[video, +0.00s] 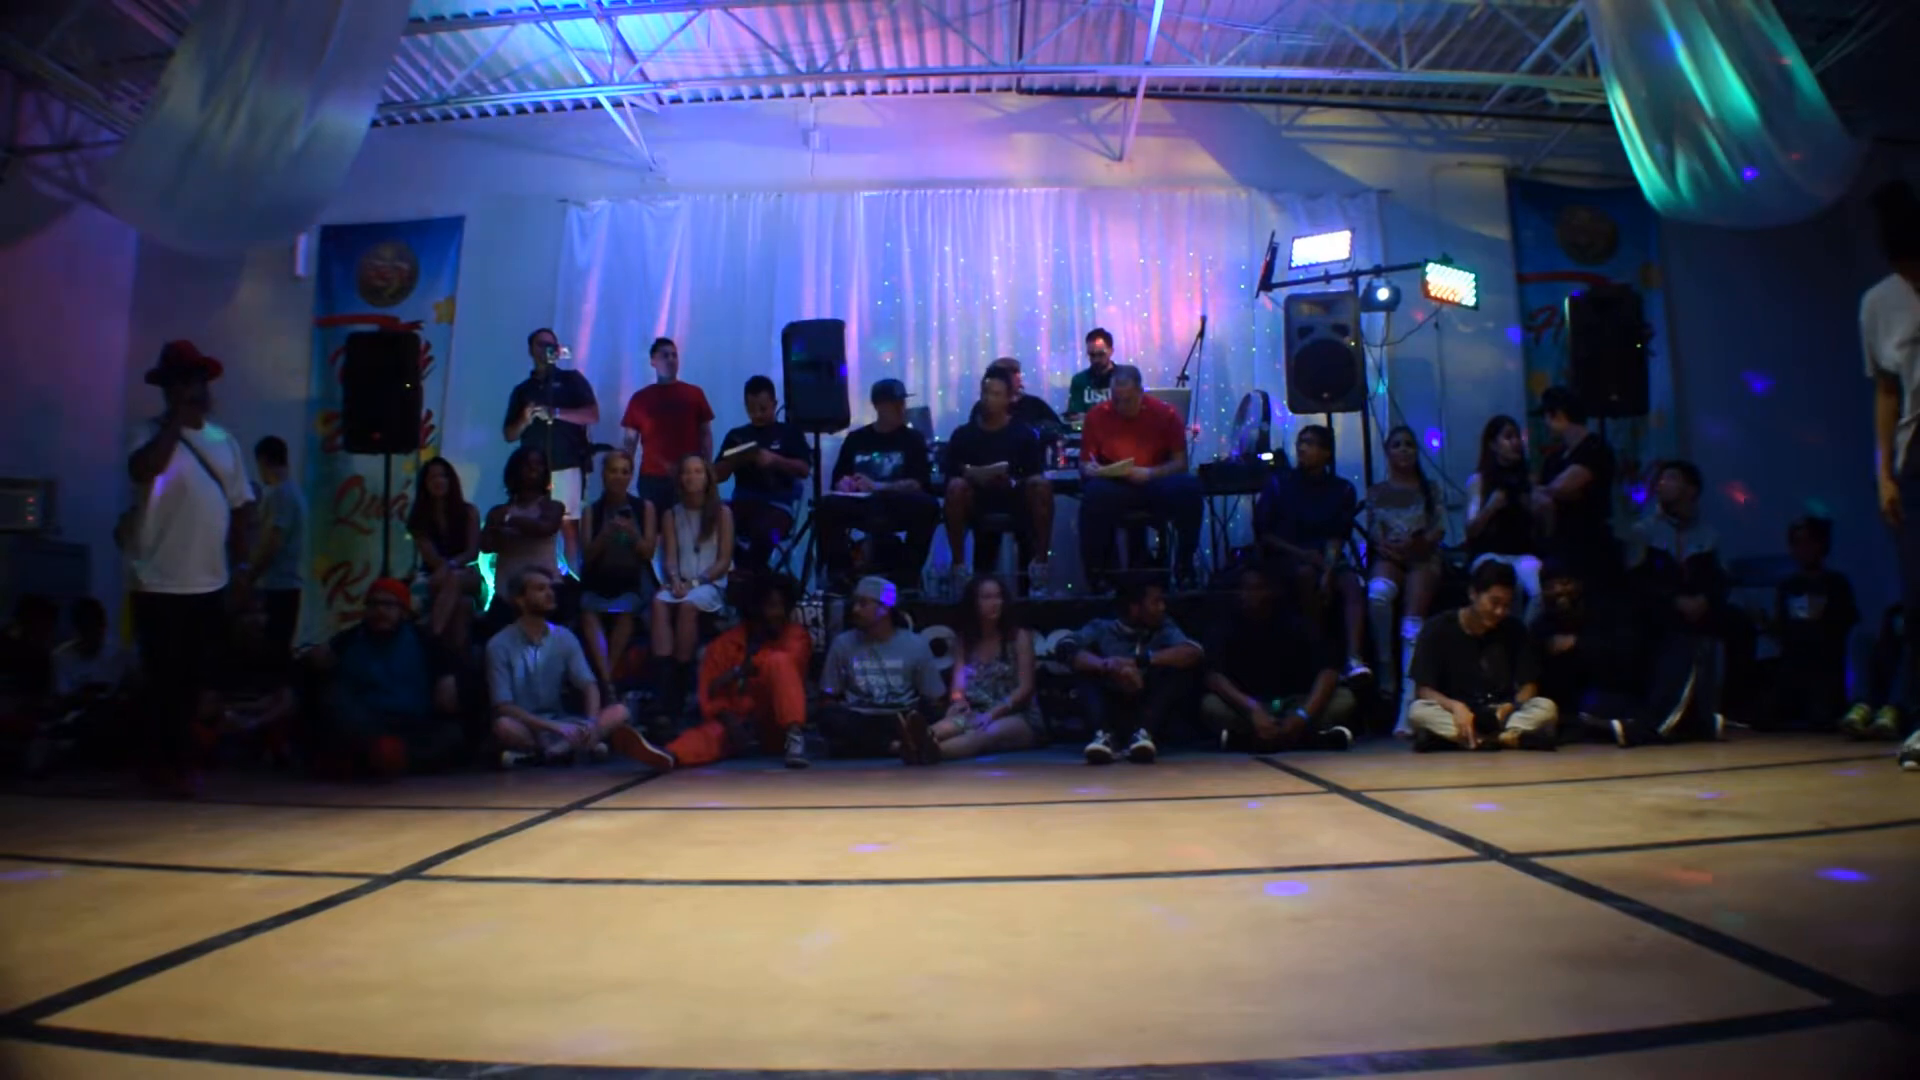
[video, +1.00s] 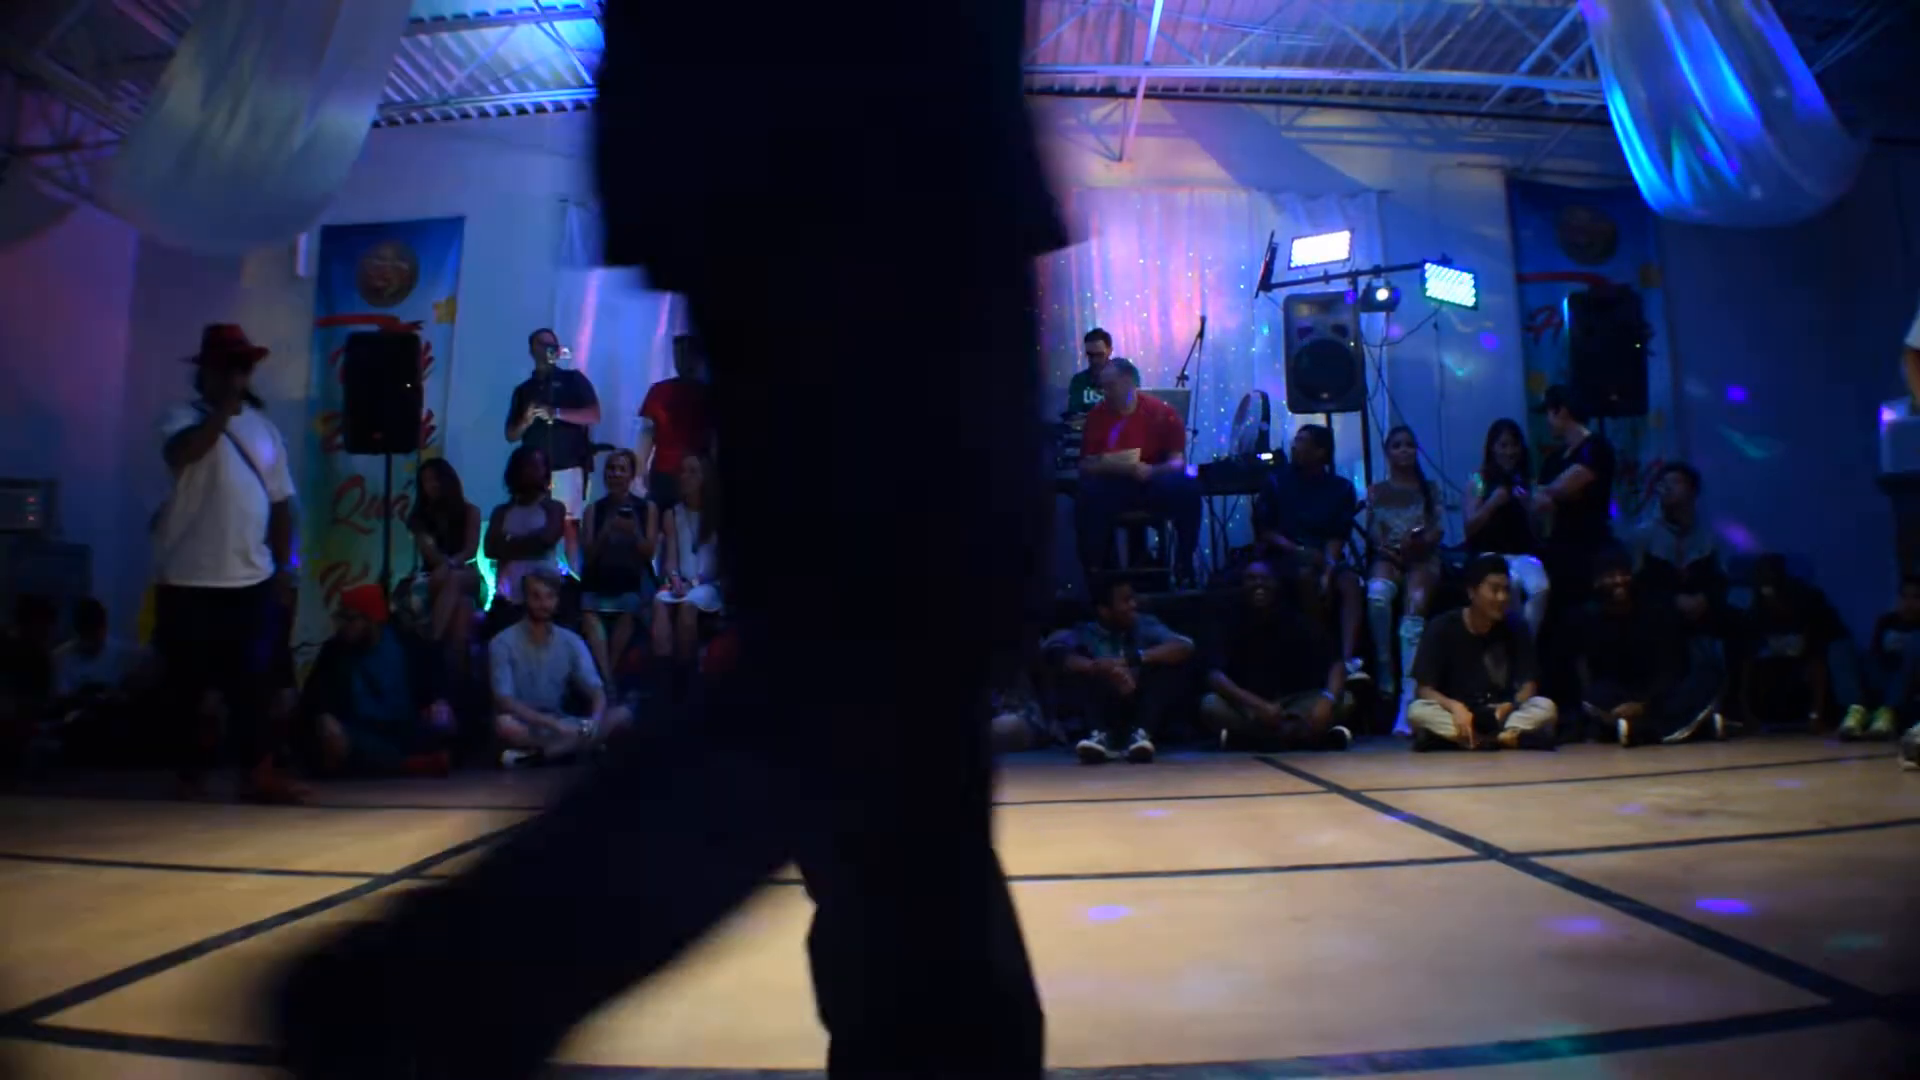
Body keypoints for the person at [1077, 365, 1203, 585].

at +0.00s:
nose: (1123, 406)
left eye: (1128, 400)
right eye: (1118, 400)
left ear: (1140, 392)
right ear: (1111, 394)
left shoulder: (1166, 415)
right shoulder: (1096, 416)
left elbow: (1180, 463)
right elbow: (1086, 461)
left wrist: (1150, 473)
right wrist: (1095, 470)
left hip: (1154, 483)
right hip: (1114, 483)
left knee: (1189, 492)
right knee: (1095, 495)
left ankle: (1184, 568)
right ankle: (1097, 575)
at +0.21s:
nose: (1123, 406)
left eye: (1128, 400)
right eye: (1118, 400)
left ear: (1140, 392)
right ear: (1111, 395)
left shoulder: (1165, 415)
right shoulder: (1096, 417)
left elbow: (1180, 462)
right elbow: (1086, 463)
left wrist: (1150, 474)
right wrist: (1105, 472)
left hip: (1155, 484)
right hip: (1116, 485)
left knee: (1189, 490)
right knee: (1095, 495)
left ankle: (1185, 568)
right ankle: (1098, 576)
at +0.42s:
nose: (1122, 405)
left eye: (1127, 399)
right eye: (1117, 399)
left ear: (1140, 392)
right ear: (1110, 394)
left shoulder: (1165, 414)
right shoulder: (1097, 416)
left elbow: (1180, 463)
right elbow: (1086, 464)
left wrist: (1150, 473)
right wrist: (1108, 471)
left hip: (1153, 483)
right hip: (1115, 483)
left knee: (1189, 491)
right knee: (1095, 494)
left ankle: (1184, 569)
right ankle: (1097, 574)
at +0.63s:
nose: (1118, 402)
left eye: (1124, 396)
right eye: (1113, 396)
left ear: (1139, 390)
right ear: (1108, 392)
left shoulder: (1164, 414)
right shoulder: (1097, 416)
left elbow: (1180, 462)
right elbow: (1086, 461)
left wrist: (1150, 473)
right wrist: (1103, 471)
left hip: (1153, 483)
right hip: (1116, 483)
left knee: (1189, 491)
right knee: (1094, 494)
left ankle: (1184, 568)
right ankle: (1096, 574)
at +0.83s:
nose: (1108, 396)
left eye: (1114, 389)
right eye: (1106, 389)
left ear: (1134, 385)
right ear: (1104, 388)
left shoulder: (1163, 413)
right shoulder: (1096, 418)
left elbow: (1179, 462)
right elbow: (1086, 467)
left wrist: (1149, 472)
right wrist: (1111, 467)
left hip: (1153, 483)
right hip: (1114, 484)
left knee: (1189, 491)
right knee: (1091, 498)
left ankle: (1184, 569)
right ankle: (1097, 575)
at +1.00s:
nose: (1105, 392)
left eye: (1110, 385)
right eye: (1103, 386)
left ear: (1130, 382)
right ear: (1101, 387)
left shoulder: (1162, 413)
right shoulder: (1096, 417)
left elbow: (1178, 461)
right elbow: (1086, 464)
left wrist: (1152, 470)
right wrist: (1111, 466)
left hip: (1151, 482)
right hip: (1112, 483)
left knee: (1188, 489)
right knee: (1088, 496)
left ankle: (1184, 566)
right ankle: (1097, 572)